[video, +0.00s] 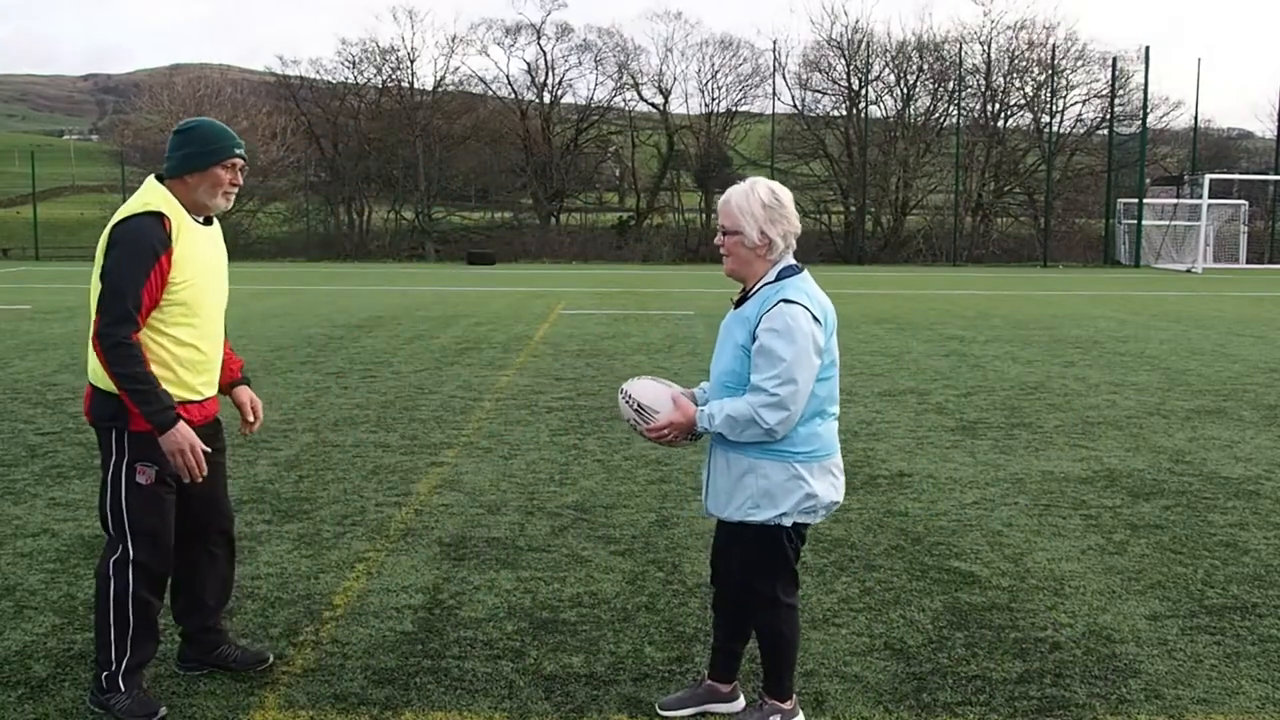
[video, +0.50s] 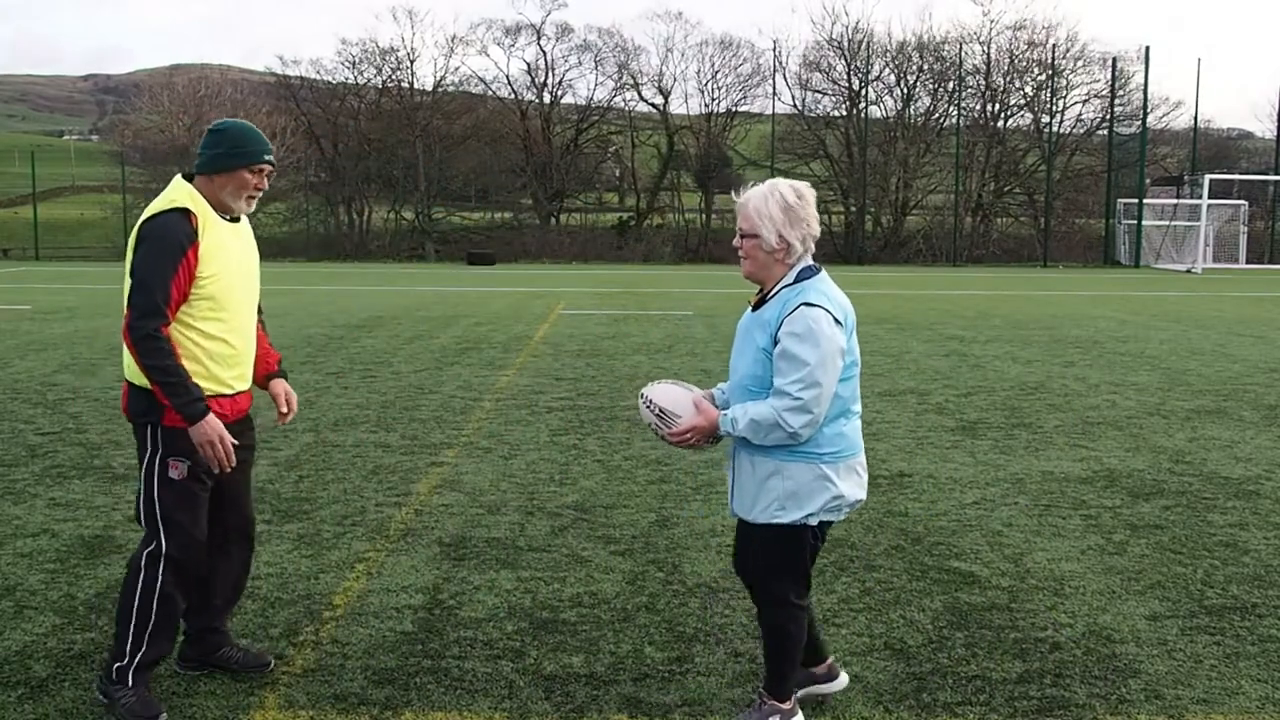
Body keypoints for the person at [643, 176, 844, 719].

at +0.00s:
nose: (718, 242)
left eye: (728, 232)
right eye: (719, 231)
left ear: (764, 240)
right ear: (758, 242)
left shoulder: (789, 310)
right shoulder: (761, 300)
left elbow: (773, 411)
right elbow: (738, 382)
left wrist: (701, 418)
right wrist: (689, 403)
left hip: (780, 478)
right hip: (746, 472)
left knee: (769, 590)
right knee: (729, 580)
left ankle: (779, 703)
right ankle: (720, 685)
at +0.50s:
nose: (737, 245)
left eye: (747, 236)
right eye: (737, 235)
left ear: (783, 244)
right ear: (774, 244)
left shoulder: (810, 313)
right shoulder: (776, 301)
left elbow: (797, 415)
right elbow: (758, 383)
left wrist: (723, 422)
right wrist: (708, 402)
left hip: (802, 476)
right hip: (770, 467)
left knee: (778, 585)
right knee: (754, 563)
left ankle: (780, 701)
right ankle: (814, 665)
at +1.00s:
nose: (811, 252)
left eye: (823, 242)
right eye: (809, 241)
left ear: (860, 249)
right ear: (848, 251)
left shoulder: (880, 316)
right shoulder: (851, 308)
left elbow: (872, 414)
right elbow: (834, 390)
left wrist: (802, 424)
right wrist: (785, 413)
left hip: (880, 480)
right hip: (862, 475)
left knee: (830, 582)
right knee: (874, 578)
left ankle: (786, 699)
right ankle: (931, 677)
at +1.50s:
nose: (913, 243)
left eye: (926, 234)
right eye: (912, 233)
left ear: (962, 242)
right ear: (916, 236)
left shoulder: (989, 310)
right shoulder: (937, 303)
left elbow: (981, 405)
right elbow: (927, 380)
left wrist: (904, 411)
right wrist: (884, 400)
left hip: (981, 474)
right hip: (935, 470)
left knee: (970, 580)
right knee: (922, 573)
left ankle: (1044, 681)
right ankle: (934, 681)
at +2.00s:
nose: (1004, 252)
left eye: (1014, 242)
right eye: (1003, 241)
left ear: (1051, 246)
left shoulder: (1096, 313)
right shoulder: (1028, 304)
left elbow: (1102, 410)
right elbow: (1023, 384)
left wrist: (1024, 424)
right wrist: (987, 415)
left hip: (1096, 477)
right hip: (1047, 469)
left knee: (1079, 587)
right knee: (1037, 565)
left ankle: (1084, 700)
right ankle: (1101, 667)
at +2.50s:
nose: (1046, 255)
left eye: (1057, 245)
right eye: (1043, 244)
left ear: (1095, 247)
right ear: (1046, 245)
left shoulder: (1137, 312)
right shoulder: (1069, 302)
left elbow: (1150, 408)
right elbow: (1061, 382)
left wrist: (1072, 428)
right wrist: (1030, 419)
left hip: (1140, 478)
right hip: (1099, 475)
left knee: (1136, 590)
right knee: (1116, 586)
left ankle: (1147, 698)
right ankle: (1134, 686)